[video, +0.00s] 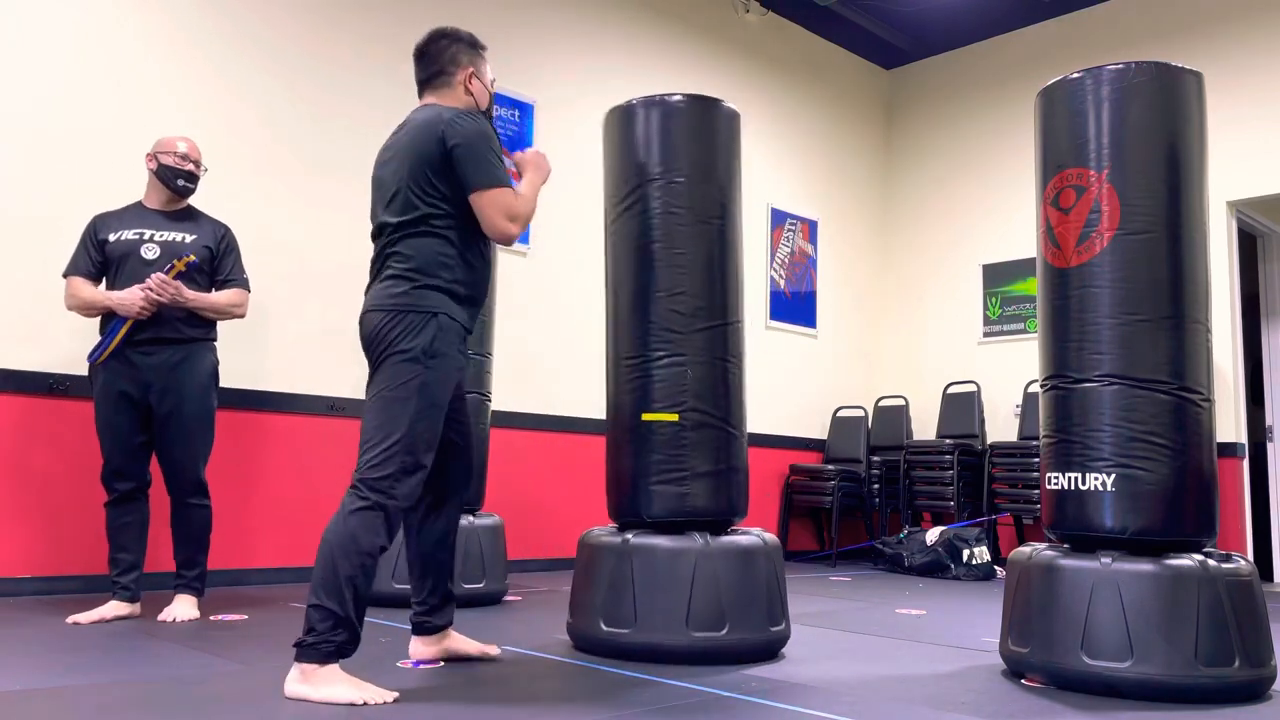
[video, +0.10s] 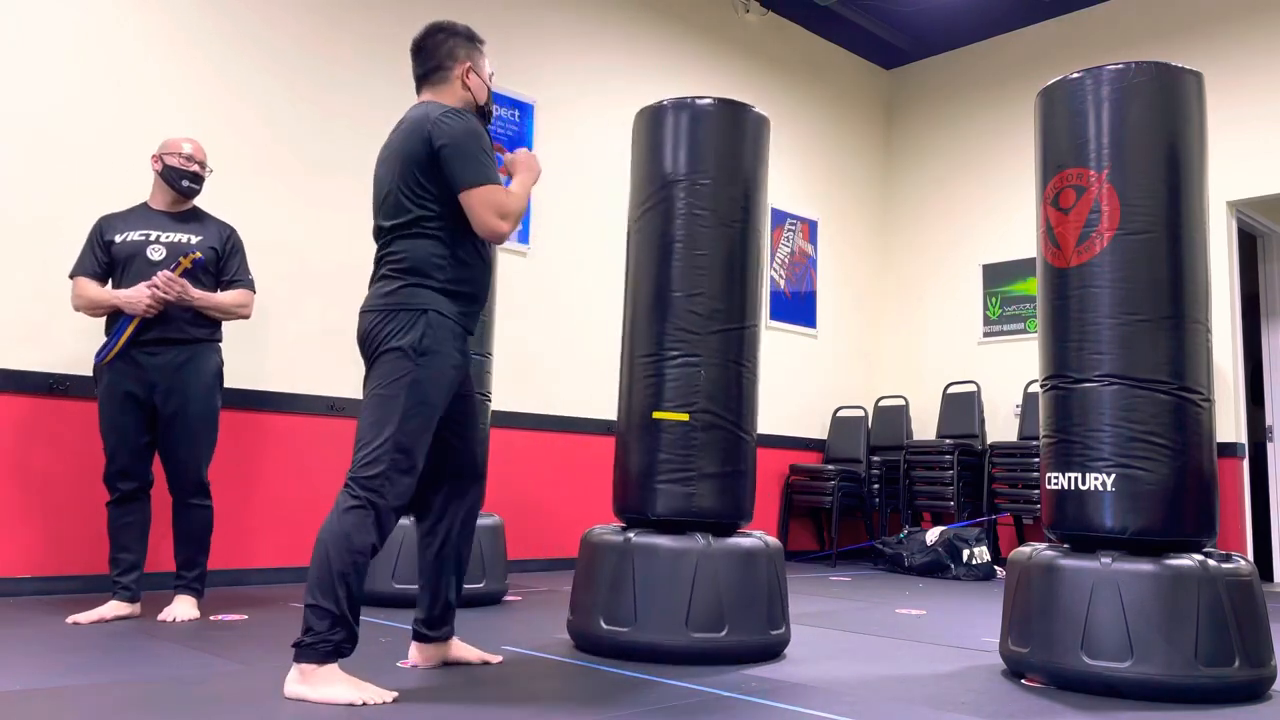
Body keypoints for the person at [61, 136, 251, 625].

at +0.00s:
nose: (186, 164)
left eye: (194, 161)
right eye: (176, 154)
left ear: (200, 177)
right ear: (150, 162)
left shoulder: (215, 234)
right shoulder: (106, 226)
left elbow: (238, 304)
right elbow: (74, 294)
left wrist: (187, 298)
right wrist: (115, 299)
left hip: (187, 370)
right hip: (119, 370)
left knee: (187, 483)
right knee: (123, 483)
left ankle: (188, 592)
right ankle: (124, 594)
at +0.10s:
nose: (191, 165)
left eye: (199, 162)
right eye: (181, 155)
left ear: (205, 178)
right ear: (156, 163)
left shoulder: (221, 235)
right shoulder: (112, 227)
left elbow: (244, 304)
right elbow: (81, 295)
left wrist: (193, 298)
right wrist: (123, 297)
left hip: (191, 370)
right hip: (124, 370)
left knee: (190, 483)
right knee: (125, 483)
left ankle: (188, 593)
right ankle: (125, 594)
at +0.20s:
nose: (195, 168)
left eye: (204, 164)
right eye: (186, 158)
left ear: (210, 179)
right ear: (161, 164)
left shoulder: (226, 235)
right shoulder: (118, 228)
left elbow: (249, 305)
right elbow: (88, 296)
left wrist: (199, 295)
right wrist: (129, 295)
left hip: (196, 371)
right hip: (129, 370)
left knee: (192, 484)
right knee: (127, 483)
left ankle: (188, 593)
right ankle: (125, 595)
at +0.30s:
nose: (201, 174)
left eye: (209, 170)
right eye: (192, 165)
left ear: (215, 180)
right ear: (168, 167)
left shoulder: (232, 236)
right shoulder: (124, 229)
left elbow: (254, 306)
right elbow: (96, 298)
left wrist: (204, 294)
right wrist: (137, 295)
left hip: (201, 372)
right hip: (134, 370)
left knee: (196, 484)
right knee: (129, 482)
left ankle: (189, 593)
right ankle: (126, 595)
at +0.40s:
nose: (208, 170)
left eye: (216, 166)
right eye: (199, 161)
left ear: (222, 180)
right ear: (173, 167)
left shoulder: (237, 237)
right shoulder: (130, 229)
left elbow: (260, 306)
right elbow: (102, 298)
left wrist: (209, 295)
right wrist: (142, 297)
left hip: (206, 371)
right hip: (139, 370)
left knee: (199, 485)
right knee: (130, 481)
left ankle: (189, 594)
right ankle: (126, 595)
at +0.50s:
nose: (213, 171)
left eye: (220, 167)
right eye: (204, 162)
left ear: (227, 181)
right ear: (178, 168)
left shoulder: (241, 238)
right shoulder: (134, 229)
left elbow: (264, 307)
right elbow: (106, 298)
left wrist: (212, 295)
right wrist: (146, 298)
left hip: (209, 372)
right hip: (142, 370)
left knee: (201, 485)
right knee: (132, 481)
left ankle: (189, 594)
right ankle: (126, 595)